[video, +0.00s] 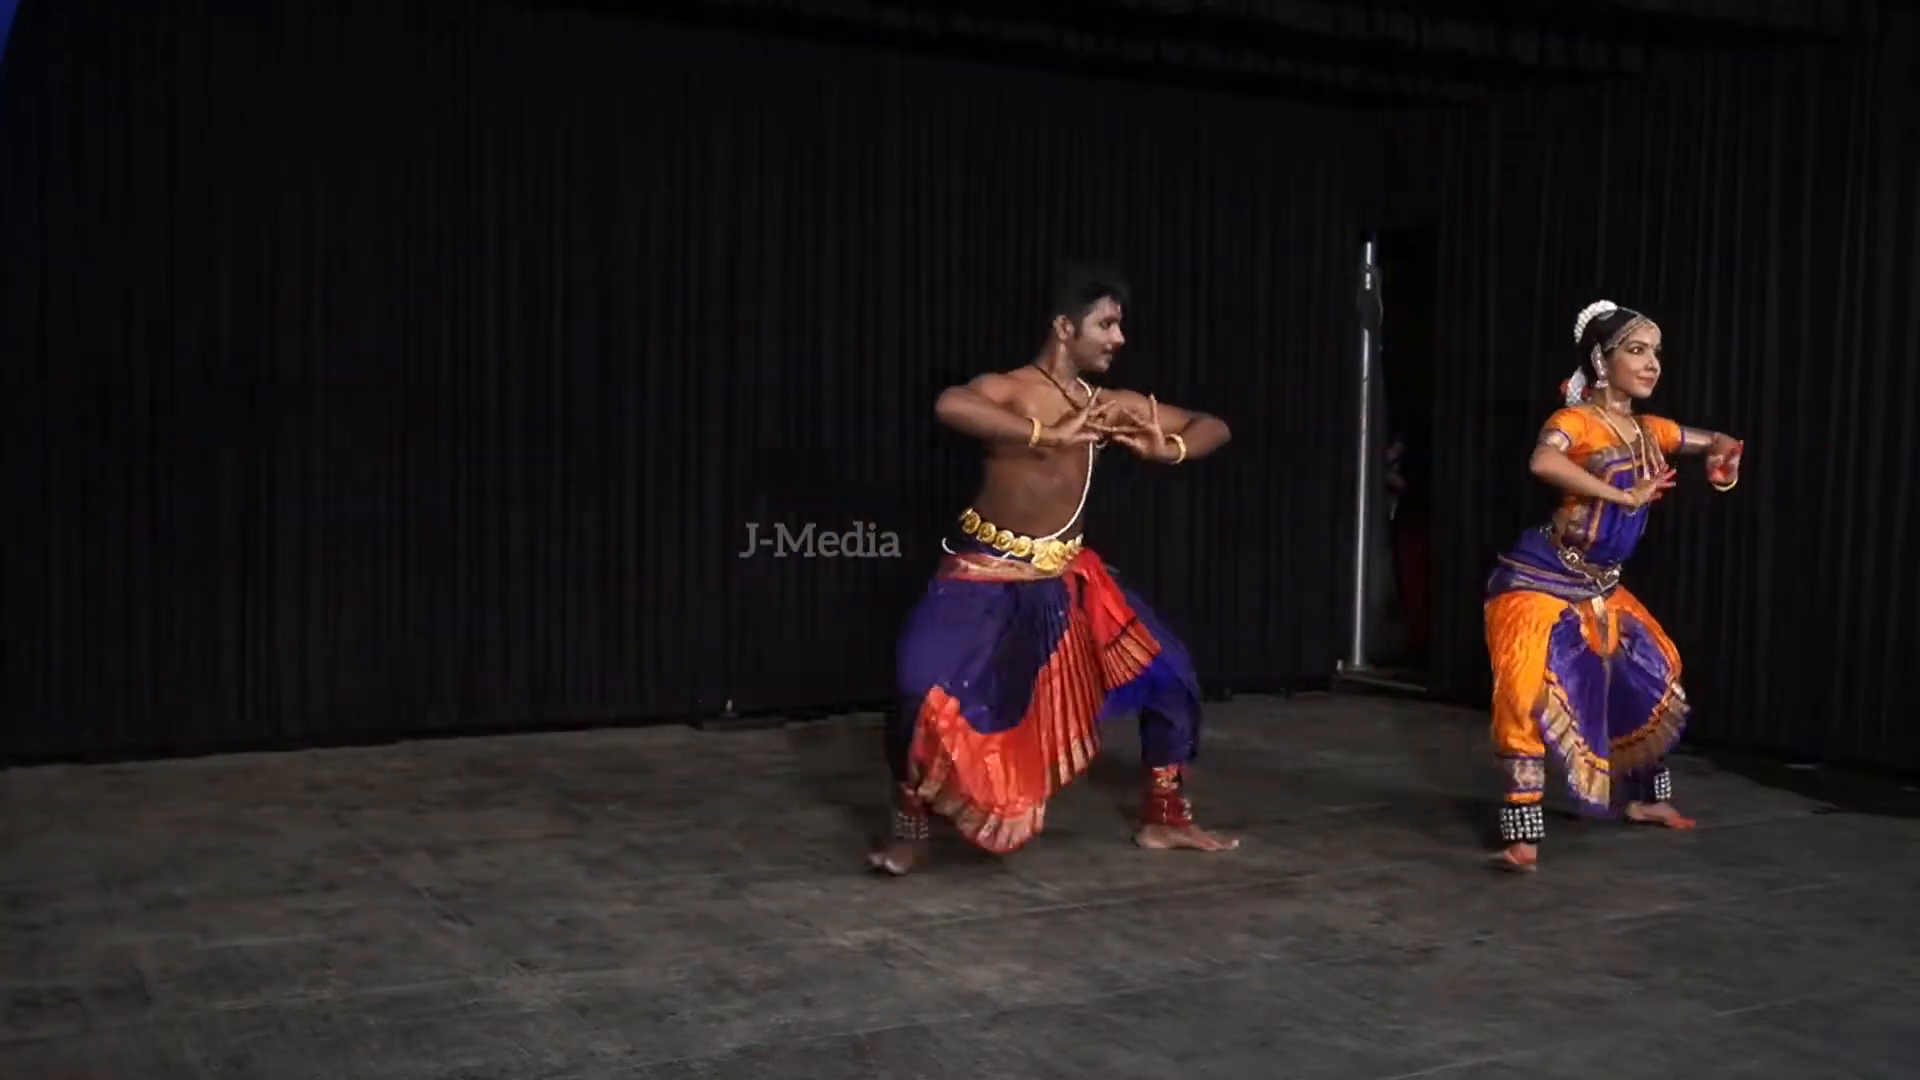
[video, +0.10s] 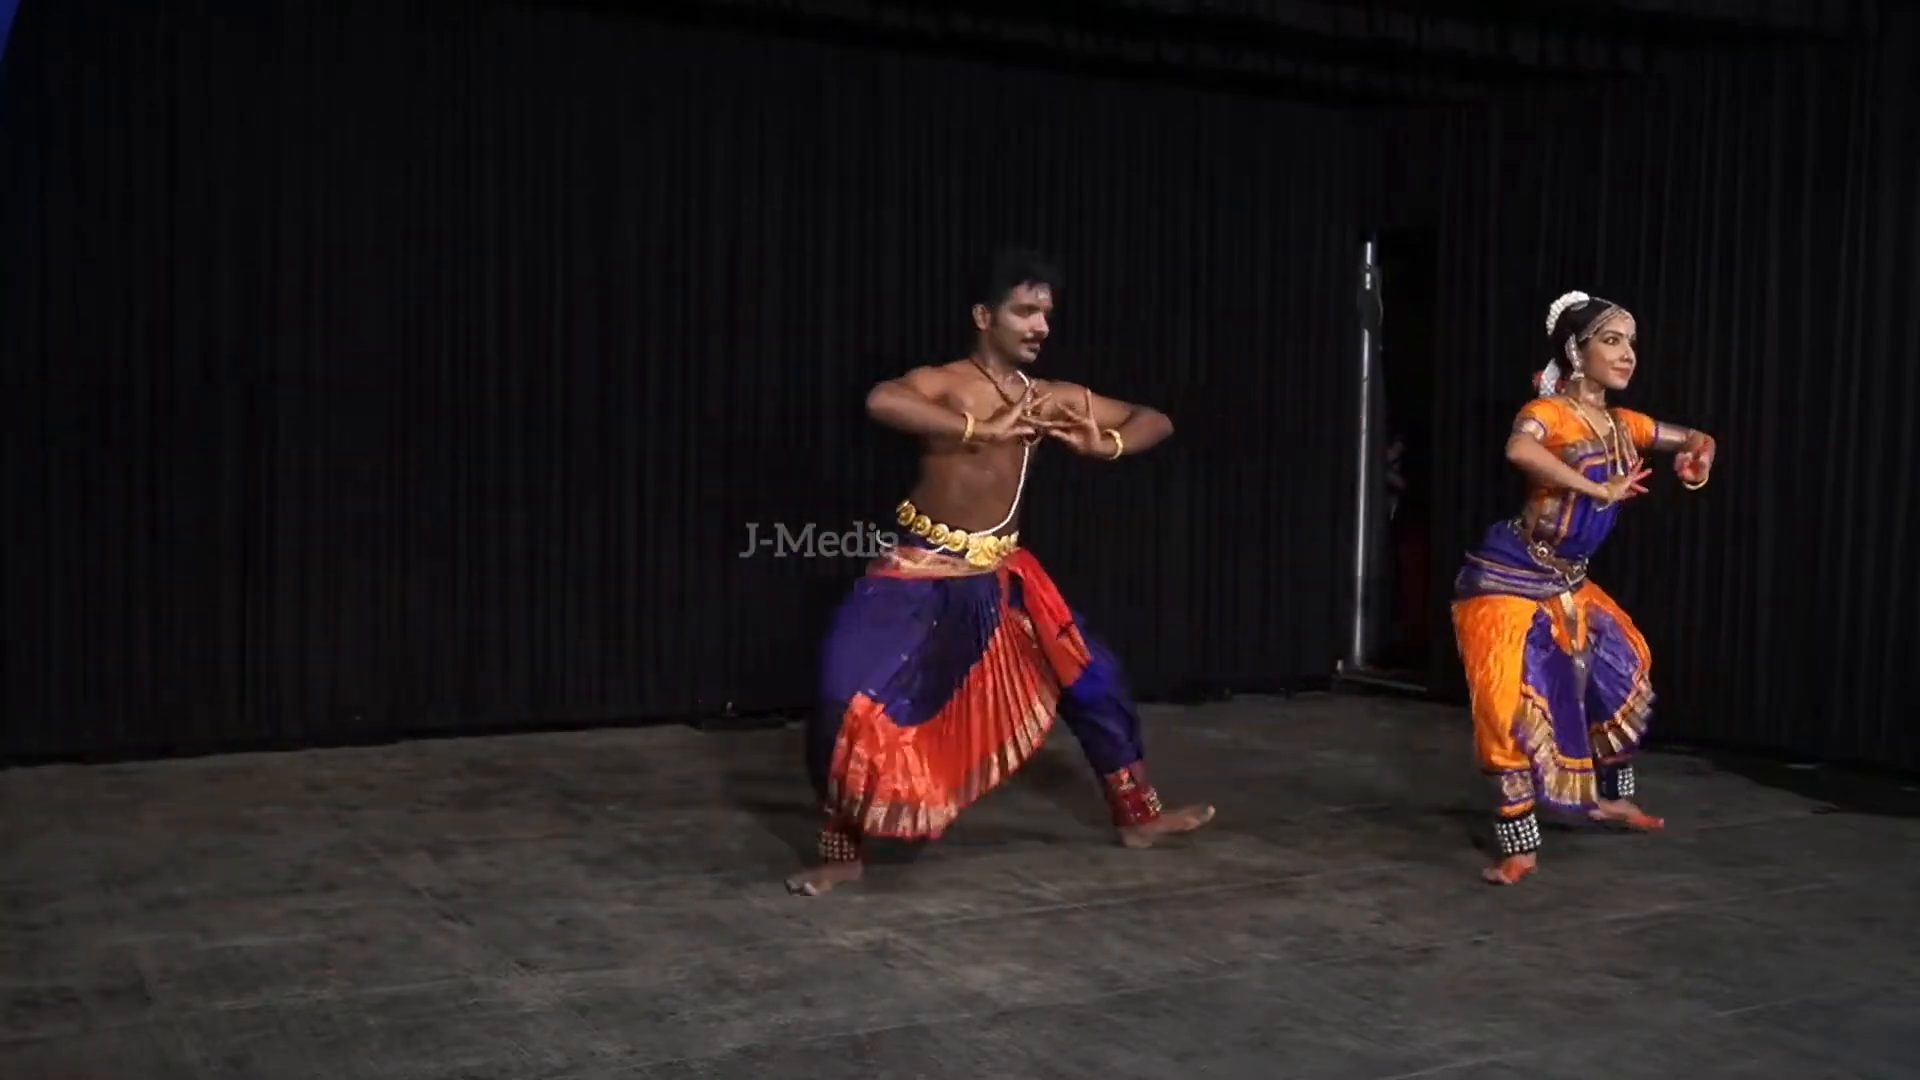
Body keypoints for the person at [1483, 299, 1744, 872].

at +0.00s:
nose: (1651, 362)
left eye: (1656, 352)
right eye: (1637, 350)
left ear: (1658, 364)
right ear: (1602, 360)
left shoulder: (1652, 430)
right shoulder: (1577, 421)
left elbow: (1718, 441)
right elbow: (1544, 462)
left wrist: (1724, 456)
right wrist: (1621, 494)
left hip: (1600, 588)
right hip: (1540, 580)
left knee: (1656, 666)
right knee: (1522, 685)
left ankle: (1647, 795)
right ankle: (1522, 830)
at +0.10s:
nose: (1626, 353)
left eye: (1631, 343)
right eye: (1612, 340)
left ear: (1632, 353)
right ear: (1576, 350)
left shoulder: (1624, 424)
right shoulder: (1548, 412)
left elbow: (1696, 439)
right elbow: (1520, 450)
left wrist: (1699, 455)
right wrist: (1594, 488)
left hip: (1566, 585)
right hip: (1506, 579)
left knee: (1627, 659)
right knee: (1501, 697)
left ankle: (1610, 794)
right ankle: (1520, 840)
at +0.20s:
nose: (1599, 348)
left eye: (1603, 338)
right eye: (1584, 335)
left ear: (1604, 350)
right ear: (1547, 345)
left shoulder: (1597, 421)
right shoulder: (1520, 407)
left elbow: (1667, 434)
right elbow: (1492, 442)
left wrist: (1672, 451)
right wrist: (1569, 480)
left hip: (1538, 584)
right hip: (1477, 580)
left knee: (1602, 670)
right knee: (1490, 706)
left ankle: (1526, 766)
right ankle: (1518, 846)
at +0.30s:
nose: (1568, 342)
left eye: (1572, 332)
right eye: (1553, 329)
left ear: (1572, 344)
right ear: (1515, 342)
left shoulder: (1569, 419)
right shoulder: (1488, 403)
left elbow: (1645, 433)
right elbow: (1459, 438)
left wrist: (1644, 453)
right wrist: (1542, 473)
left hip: (1508, 590)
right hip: (1448, 585)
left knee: (1552, 705)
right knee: (1486, 712)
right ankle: (1516, 848)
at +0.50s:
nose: (1507, 336)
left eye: (1509, 325)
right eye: (1491, 324)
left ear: (1506, 341)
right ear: (1453, 338)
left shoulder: (1509, 419)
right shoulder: (1424, 402)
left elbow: (1590, 437)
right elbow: (1387, 434)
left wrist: (1586, 454)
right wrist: (1470, 467)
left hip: (1457, 592)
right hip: (1395, 582)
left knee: (1469, 717)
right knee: (1415, 707)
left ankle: (1358, 827)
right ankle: (1453, 825)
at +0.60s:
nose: (1486, 326)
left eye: (1485, 316)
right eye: (1468, 315)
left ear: (1479, 335)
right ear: (1430, 332)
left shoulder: (1487, 413)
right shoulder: (1403, 395)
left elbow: (1565, 434)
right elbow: (1363, 426)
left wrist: (1563, 450)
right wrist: (1446, 457)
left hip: (1431, 584)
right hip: (1368, 574)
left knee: (1411, 703)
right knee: (1349, 696)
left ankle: (1367, 841)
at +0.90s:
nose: (1423, 344)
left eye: (1425, 336)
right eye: (1405, 334)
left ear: (1427, 353)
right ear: (1369, 355)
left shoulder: (1438, 438)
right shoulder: (1343, 424)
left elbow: (1530, 486)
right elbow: (1311, 487)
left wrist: (1498, 480)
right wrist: (1405, 469)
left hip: (1387, 610)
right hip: (1315, 600)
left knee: (1418, 718)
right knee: (1266, 706)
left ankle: (1341, 852)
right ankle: (1291, 853)